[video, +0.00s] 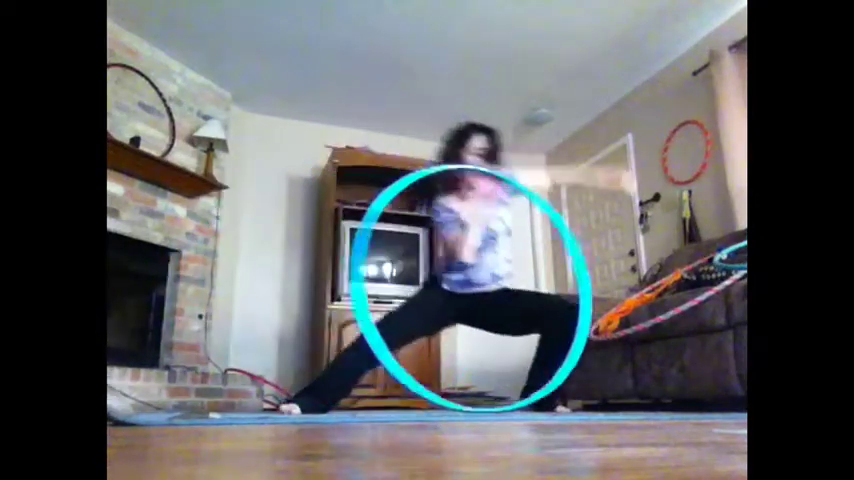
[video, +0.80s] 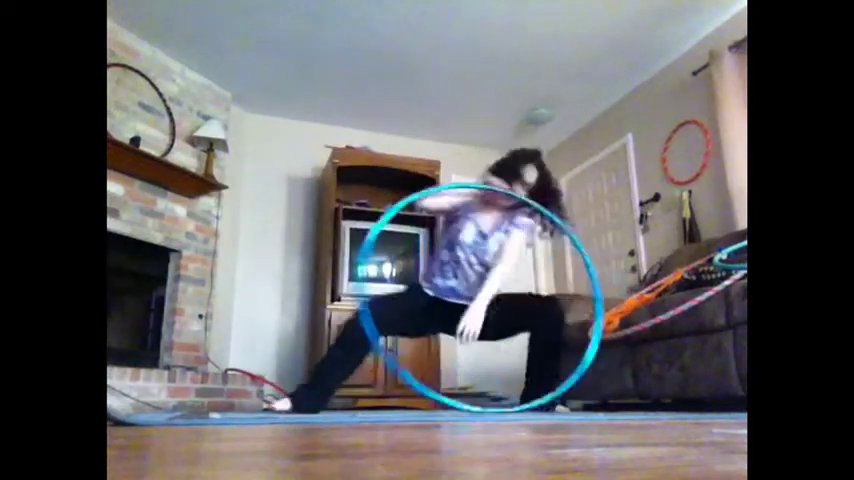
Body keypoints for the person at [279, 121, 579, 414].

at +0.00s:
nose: (476, 160)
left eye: (484, 155)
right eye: (469, 152)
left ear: (494, 160)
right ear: (454, 155)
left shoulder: (499, 198)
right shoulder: (445, 203)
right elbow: (461, 256)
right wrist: (477, 210)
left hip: (492, 299)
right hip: (443, 297)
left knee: (566, 315)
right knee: (376, 341)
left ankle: (539, 402)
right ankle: (306, 404)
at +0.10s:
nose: (515, 172)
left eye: (522, 166)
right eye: (507, 163)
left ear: (528, 172)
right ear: (487, 168)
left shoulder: (533, 206)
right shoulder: (472, 211)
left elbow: (577, 230)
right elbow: (482, 250)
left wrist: (621, 241)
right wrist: (520, 218)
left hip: (511, 310)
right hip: (459, 306)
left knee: (576, 319)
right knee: (392, 344)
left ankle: (535, 408)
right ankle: (306, 406)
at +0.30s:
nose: (545, 190)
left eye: (552, 184)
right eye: (537, 181)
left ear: (557, 188)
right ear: (518, 181)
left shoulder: (556, 225)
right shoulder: (492, 212)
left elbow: (562, 274)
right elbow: (511, 233)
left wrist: (595, 286)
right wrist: (555, 228)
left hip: (522, 323)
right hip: (471, 318)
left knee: (585, 324)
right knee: (401, 348)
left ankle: (540, 402)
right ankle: (308, 406)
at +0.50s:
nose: (554, 205)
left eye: (561, 199)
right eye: (549, 193)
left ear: (568, 204)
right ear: (529, 189)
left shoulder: (554, 241)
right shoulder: (495, 209)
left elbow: (542, 302)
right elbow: (519, 225)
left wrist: (553, 318)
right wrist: (557, 224)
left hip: (510, 326)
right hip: (462, 319)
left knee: (580, 321)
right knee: (398, 338)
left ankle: (537, 409)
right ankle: (308, 406)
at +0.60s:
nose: (552, 210)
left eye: (560, 205)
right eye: (547, 197)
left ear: (565, 207)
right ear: (527, 190)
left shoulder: (545, 238)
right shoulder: (488, 204)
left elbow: (539, 285)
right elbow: (491, 220)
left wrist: (518, 289)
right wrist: (538, 216)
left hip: (498, 321)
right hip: (449, 311)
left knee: (569, 317)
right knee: (386, 330)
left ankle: (539, 406)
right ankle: (310, 405)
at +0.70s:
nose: (534, 198)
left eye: (543, 194)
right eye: (531, 188)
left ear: (549, 200)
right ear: (515, 185)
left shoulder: (535, 228)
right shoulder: (484, 201)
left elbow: (521, 269)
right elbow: (452, 207)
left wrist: (495, 292)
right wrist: (513, 205)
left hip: (489, 315)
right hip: (440, 307)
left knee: (558, 313)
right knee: (379, 323)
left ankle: (540, 403)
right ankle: (309, 402)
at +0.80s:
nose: (512, 191)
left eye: (520, 189)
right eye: (510, 182)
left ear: (527, 196)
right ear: (497, 176)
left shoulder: (521, 223)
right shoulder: (467, 198)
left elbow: (504, 266)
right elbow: (423, 204)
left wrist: (479, 307)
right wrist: (477, 194)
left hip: (477, 310)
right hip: (428, 303)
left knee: (548, 311)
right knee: (368, 318)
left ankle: (539, 402)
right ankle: (306, 401)